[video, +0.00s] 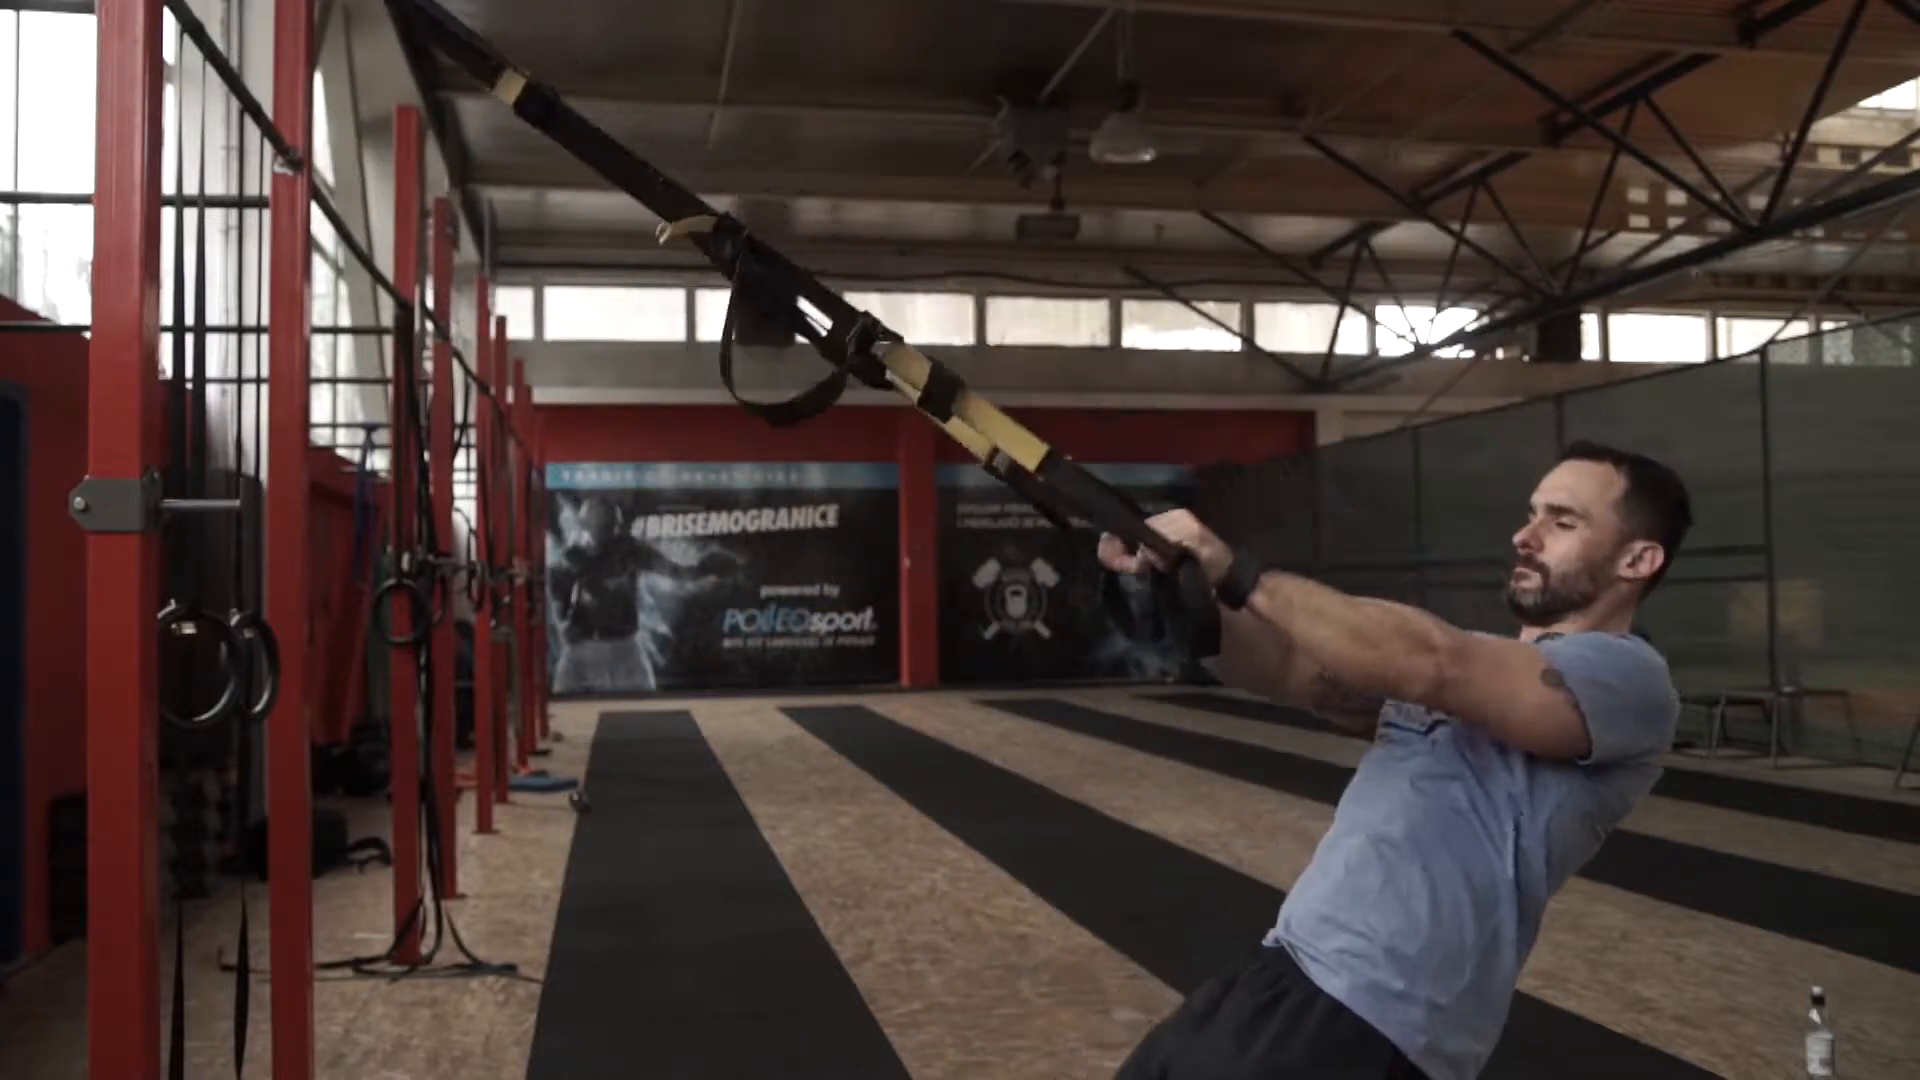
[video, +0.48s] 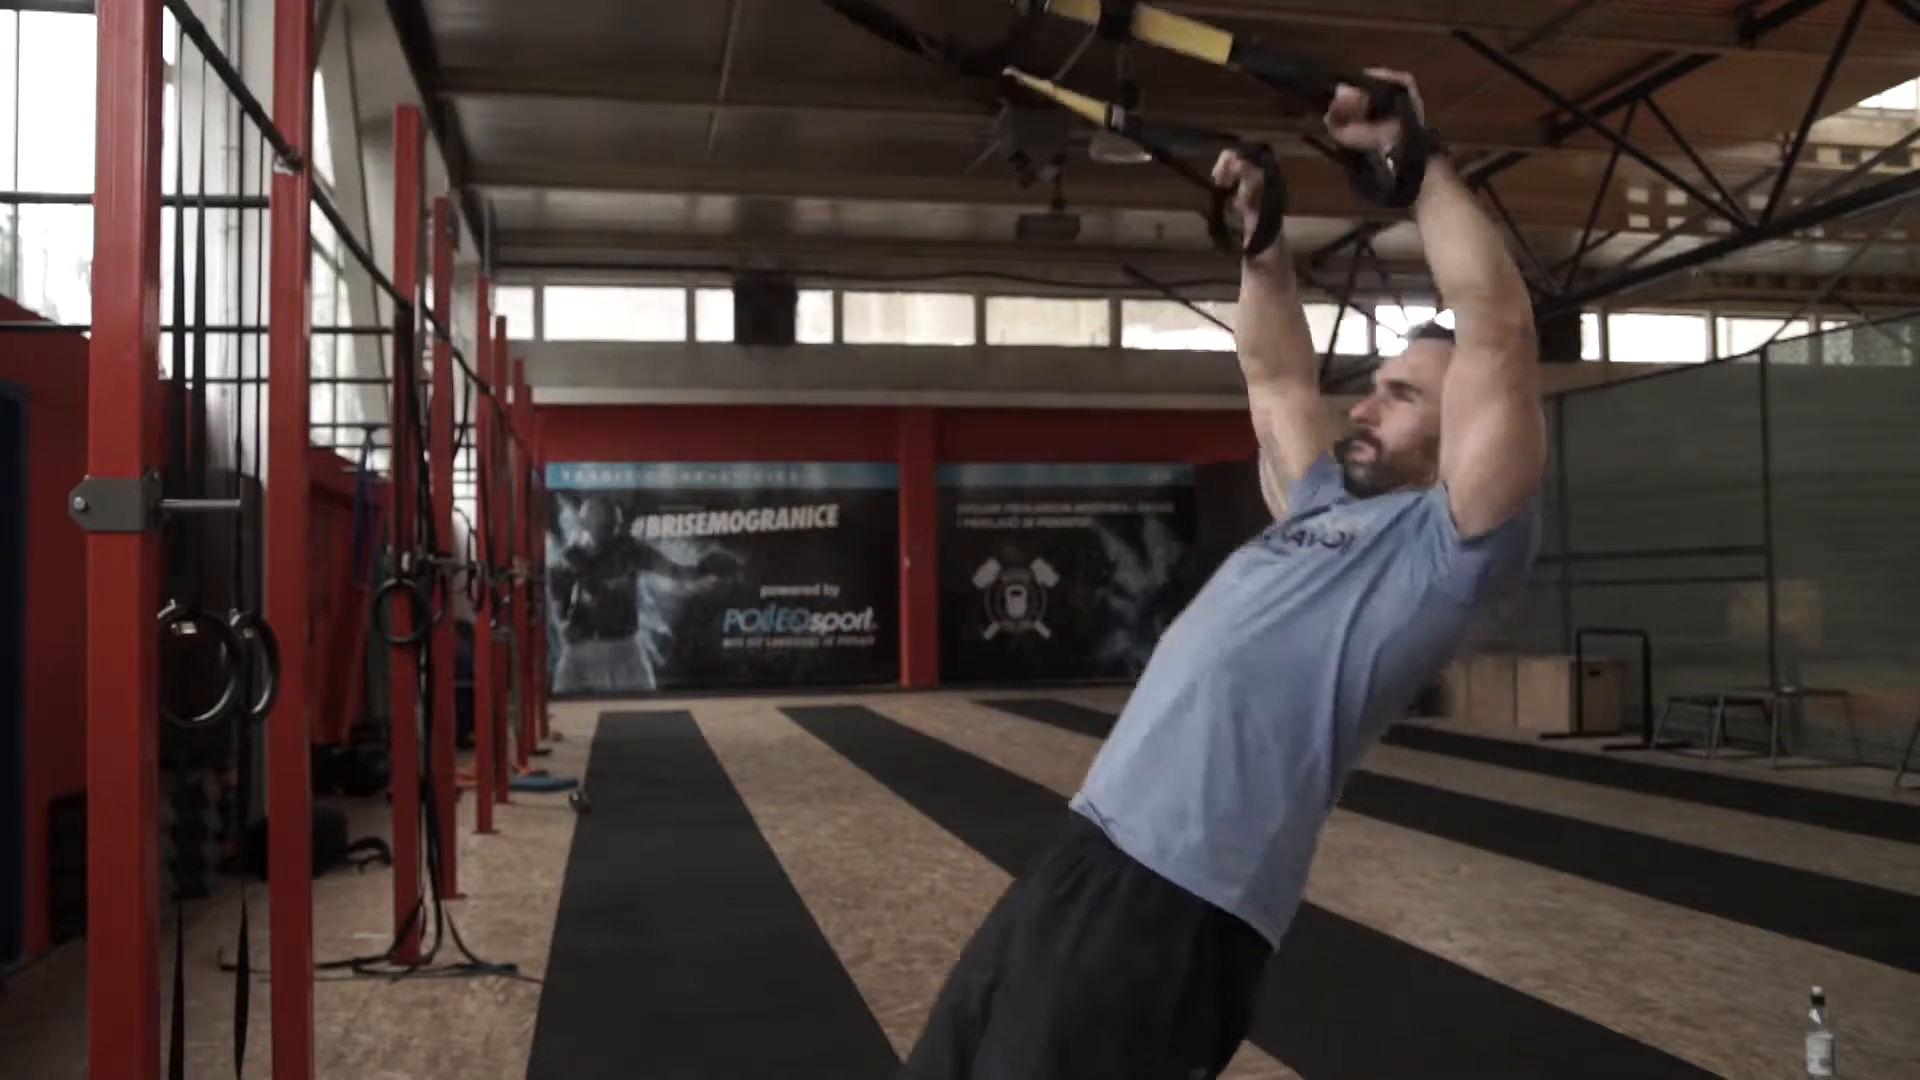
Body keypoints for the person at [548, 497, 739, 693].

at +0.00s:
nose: (600, 525)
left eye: (605, 518)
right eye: (593, 519)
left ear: (615, 519)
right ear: (583, 522)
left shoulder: (630, 549)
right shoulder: (574, 556)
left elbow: (673, 572)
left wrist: (702, 571)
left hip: (624, 646)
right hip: (580, 648)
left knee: (636, 713)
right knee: (572, 716)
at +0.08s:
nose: (600, 525)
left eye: (605, 518)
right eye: (594, 519)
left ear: (615, 519)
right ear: (583, 522)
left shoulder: (630, 549)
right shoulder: (573, 557)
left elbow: (673, 572)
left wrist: (702, 571)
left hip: (624, 647)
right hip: (580, 649)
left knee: (635, 715)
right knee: (573, 717)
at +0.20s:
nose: (600, 525)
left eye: (605, 518)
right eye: (593, 519)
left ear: (615, 519)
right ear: (583, 522)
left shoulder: (630, 549)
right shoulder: (574, 556)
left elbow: (673, 572)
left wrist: (702, 571)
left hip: (624, 646)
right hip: (580, 648)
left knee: (636, 713)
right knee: (572, 716)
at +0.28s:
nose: (600, 525)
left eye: (605, 518)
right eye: (593, 519)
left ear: (615, 519)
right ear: (583, 522)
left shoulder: (630, 549)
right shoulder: (574, 556)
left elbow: (672, 571)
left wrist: (702, 571)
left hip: (624, 646)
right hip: (580, 648)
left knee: (636, 713)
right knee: (572, 716)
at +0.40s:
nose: (602, 524)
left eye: (607, 517)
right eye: (594, 517)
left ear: (615, 518)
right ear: (582, 521)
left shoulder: (629, 549)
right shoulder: (571, 557)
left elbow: (672, 571)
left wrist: (702, 572)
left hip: (624, 647)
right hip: (580, 650)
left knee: (635, 715)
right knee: (573, 718)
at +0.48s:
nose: (601, 524)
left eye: (606, 517)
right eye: (594, 517)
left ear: (615, 518)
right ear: (582, 521)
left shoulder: (629, 549)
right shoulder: (571, 557)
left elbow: (672, 571)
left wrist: (702, 571)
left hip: (624, 648)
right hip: (580, 650)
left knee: (636, 716)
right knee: (573, 718)